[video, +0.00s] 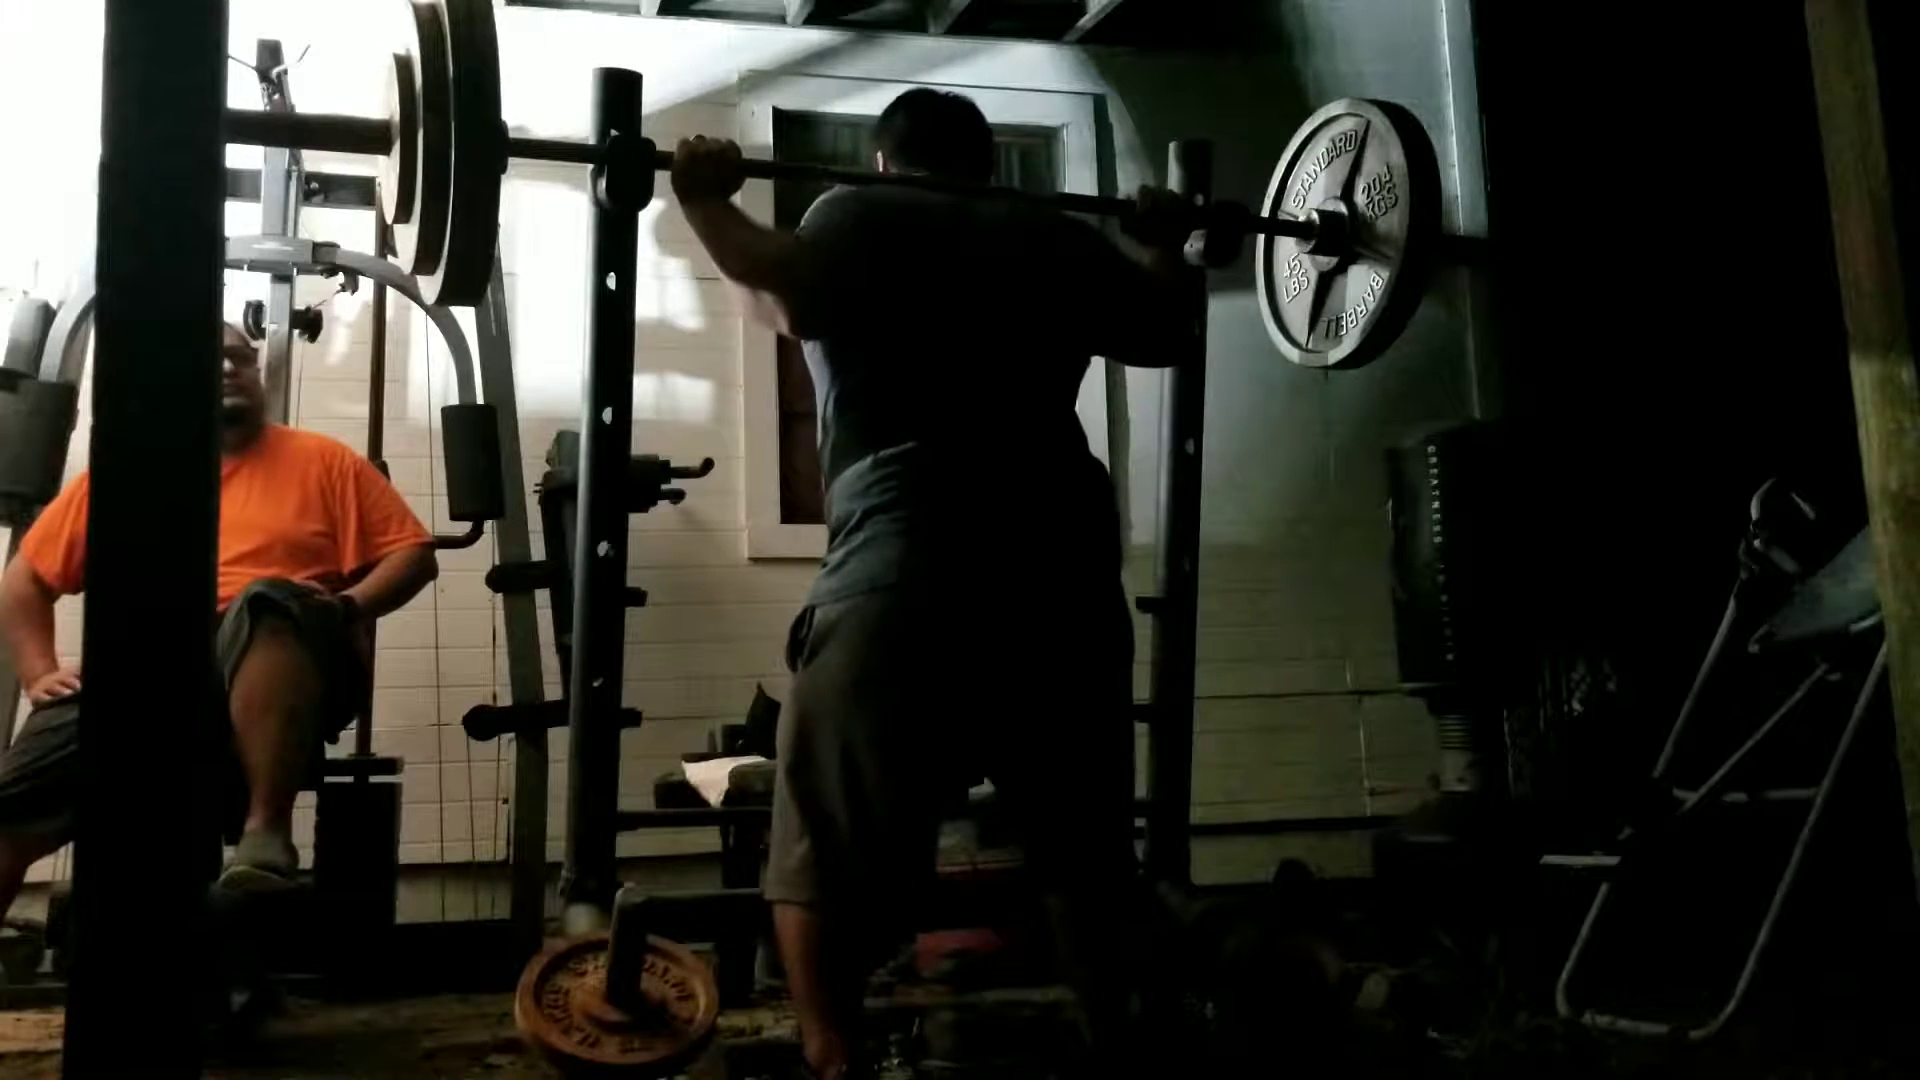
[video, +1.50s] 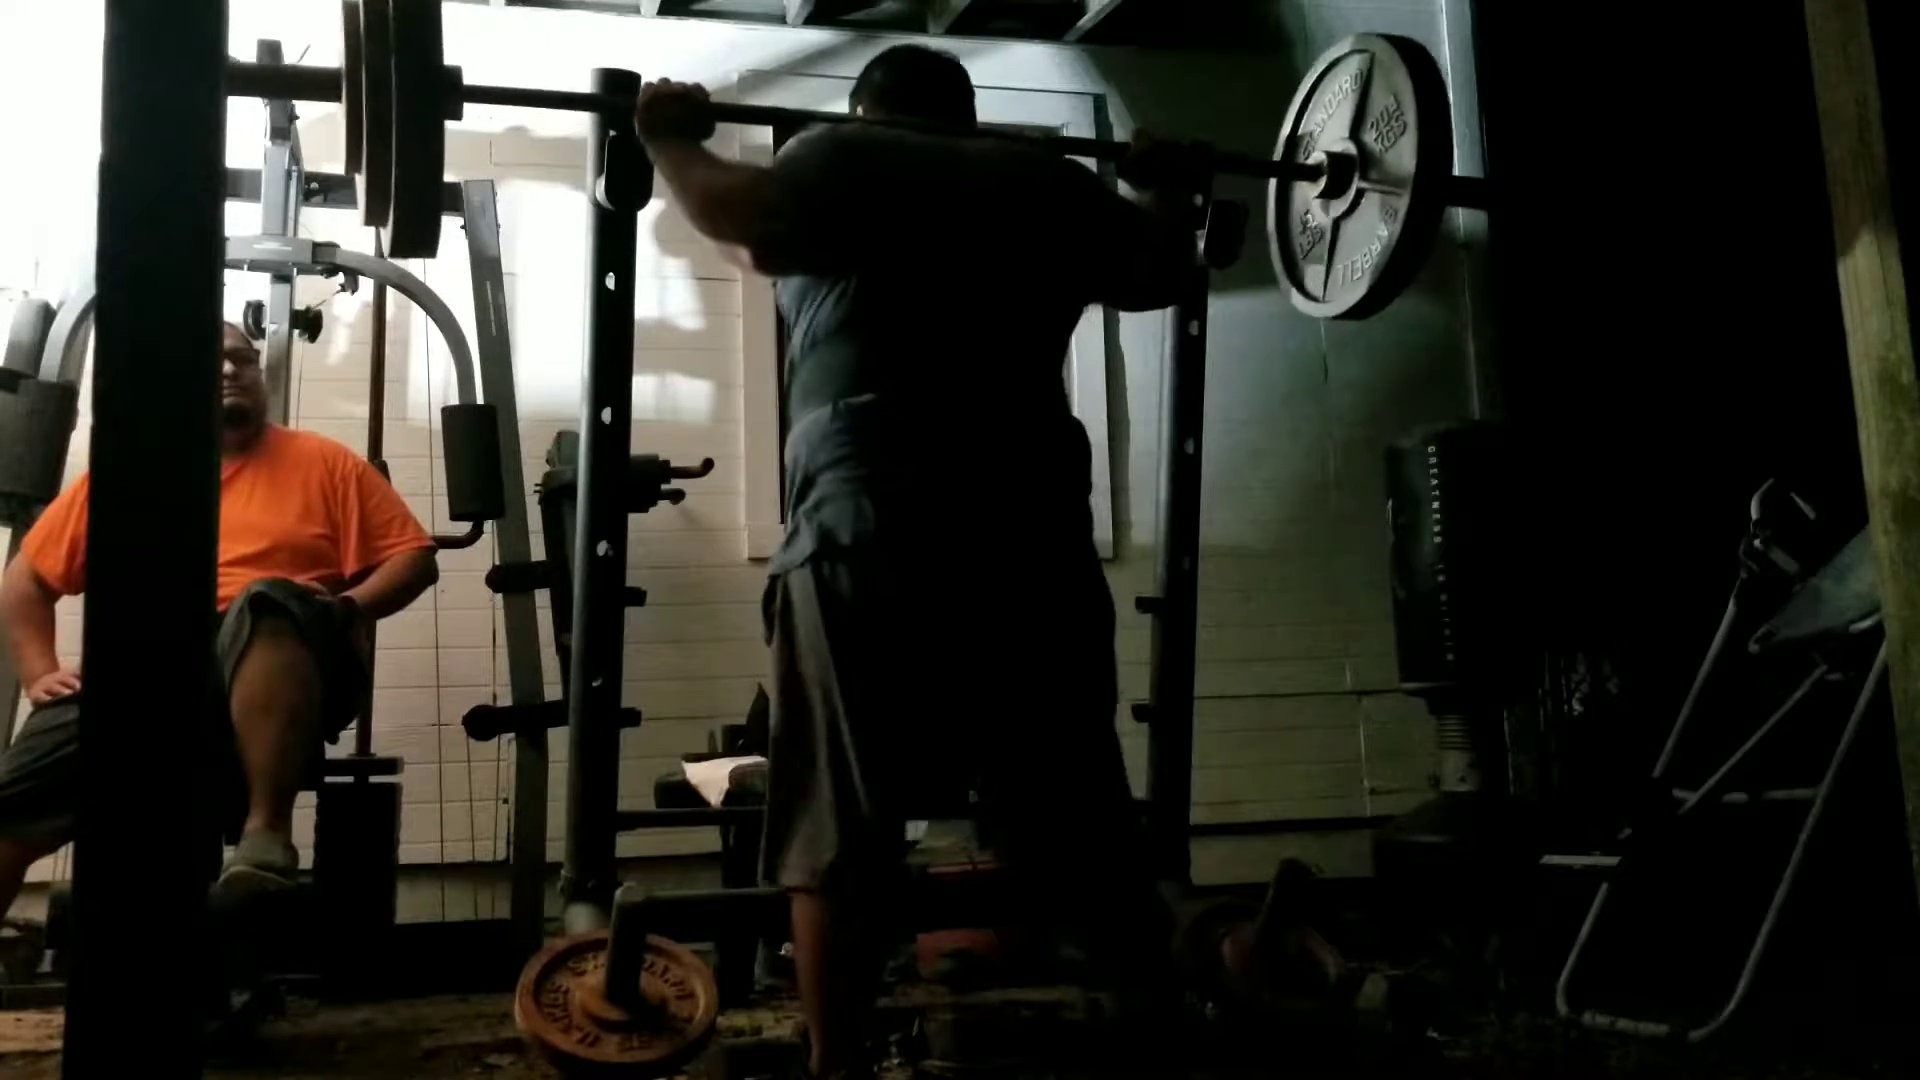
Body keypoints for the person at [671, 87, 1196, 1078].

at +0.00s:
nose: (870, 172)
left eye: (874, 158)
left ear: (883, 158)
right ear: (990, 165)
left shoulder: (850, 216)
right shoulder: (1055, 239)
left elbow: (770, 272)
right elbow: (1170, 332)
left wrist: (704, 193)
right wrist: (1164, 247)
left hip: (898, 563)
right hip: (1062, 566)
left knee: (822, 830)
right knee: (1085, 834)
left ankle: (830, 1053)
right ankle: (1121, 1042)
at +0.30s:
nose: (864, 181)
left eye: (869, 166)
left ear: (877, 164)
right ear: (984, 168)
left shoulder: (850, 217)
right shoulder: (1059, 238)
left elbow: (771, 269)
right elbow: (1172, 327)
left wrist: (704, 192)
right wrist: (1163, 241)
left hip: (898, 558)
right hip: (1061, 559)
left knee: (821, 831)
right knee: (1084, 834)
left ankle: (830, 1055)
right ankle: (1119, 1043)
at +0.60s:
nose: (865, 162)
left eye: (870, 148)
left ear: (877, 146)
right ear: (982, 151)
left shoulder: (848, 194)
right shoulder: (1054, 217)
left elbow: (776, 255)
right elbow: (1177, 306)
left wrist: (703, 175)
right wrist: (1158, 222)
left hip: (897, 541)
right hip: (1057, 538)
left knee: (833, 819)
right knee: (1078, 817)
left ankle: (829, 1053)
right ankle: (1121, 1039)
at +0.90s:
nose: (864, 146)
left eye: (870, 132)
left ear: (874, 132)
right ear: (980, 136)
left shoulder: (843, 174)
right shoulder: (1054, 197)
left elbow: (772, 240)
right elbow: (1179, 290)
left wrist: (700, 162)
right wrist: (1163, 200)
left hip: (891, 534)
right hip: (1053, 529)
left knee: (851, 813)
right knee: (1094, 806)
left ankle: (833, 1054)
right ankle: (1137, 1037)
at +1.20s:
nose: (855, 138)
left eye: (861, 124)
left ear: (869, 123)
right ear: (975, 128)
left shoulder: (840, 169)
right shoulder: (1051, 194)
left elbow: (761, 234)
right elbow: (1174, 282)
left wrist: (688, 156)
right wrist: (1162, 196)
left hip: (888, 530)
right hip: (1050, 528)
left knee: (845, 808)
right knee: (1096, 802)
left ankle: (833, 1051)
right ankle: (1137, 1033)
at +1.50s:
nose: (846, 127)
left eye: (853, 115)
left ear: (862, 113)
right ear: (972, 117)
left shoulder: (832, 156)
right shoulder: (1047, 186)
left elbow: (738, 212)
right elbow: (1174, 268)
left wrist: (671, 138)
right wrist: (1157, 182)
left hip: (863, 535)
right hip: (1035, 530)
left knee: (835, 817)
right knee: (1072, 799)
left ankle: (834, 1056)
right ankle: (1144, 1037)